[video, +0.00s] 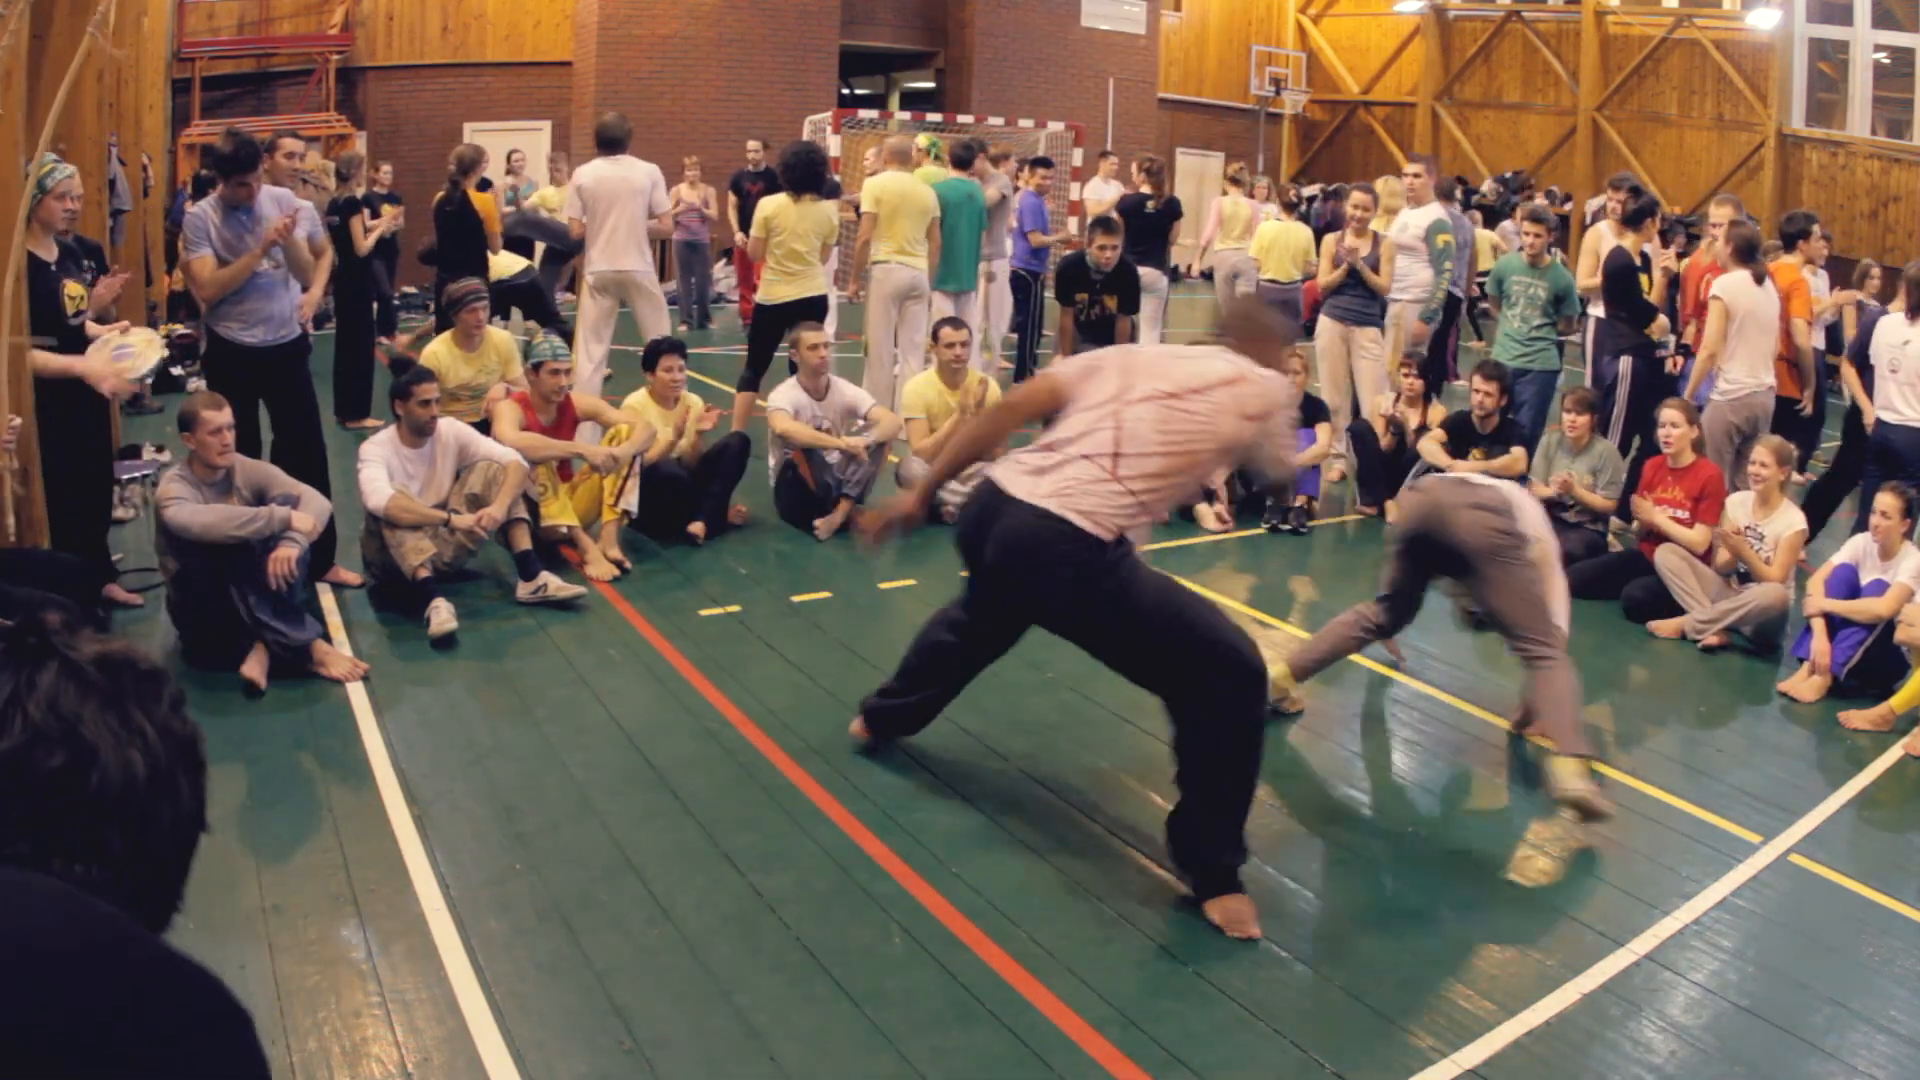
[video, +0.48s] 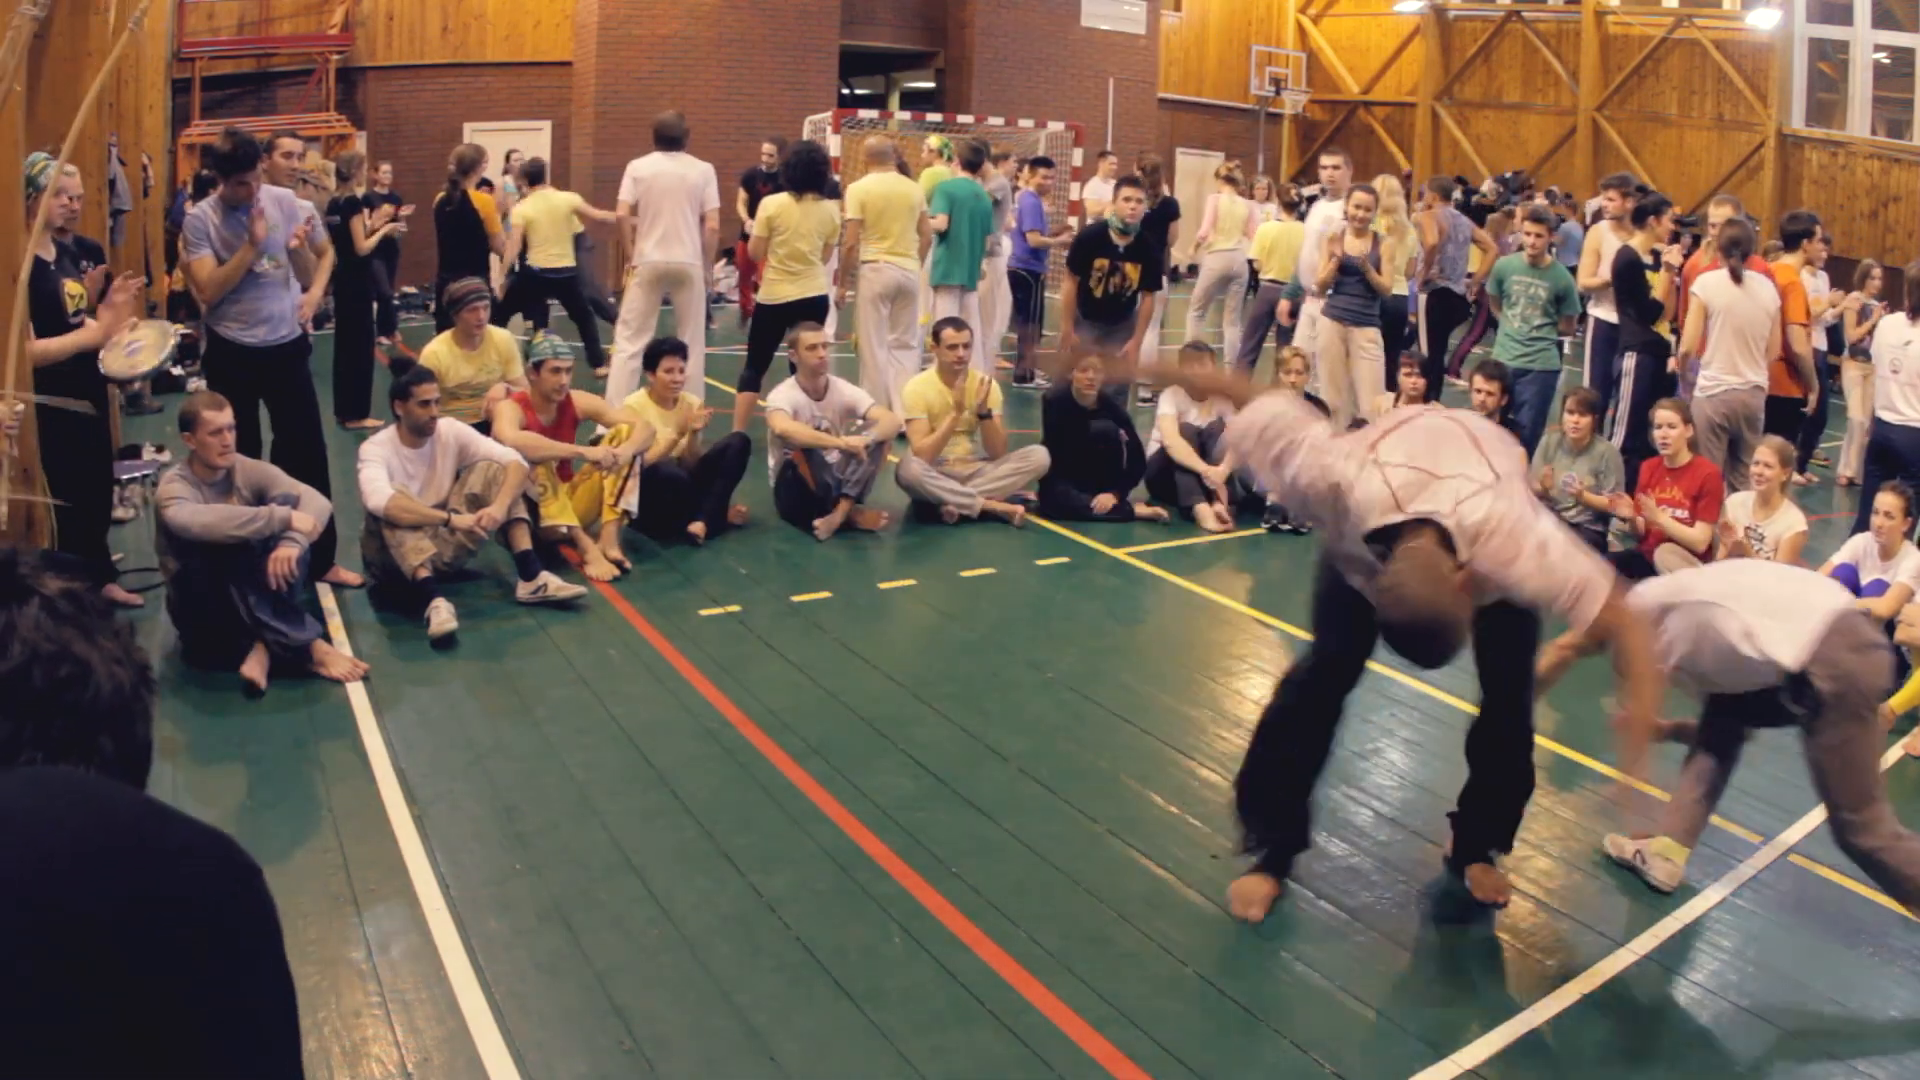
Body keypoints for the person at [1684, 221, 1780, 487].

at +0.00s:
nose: (1716, 247)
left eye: (1720, 241)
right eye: (1717, 240)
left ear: (1731, 248)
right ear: (1752, 249)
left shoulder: (1723, 285)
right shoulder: (1769, 286)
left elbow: (1710, 349)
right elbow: (1775, 346)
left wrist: (1688, 394)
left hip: (1729, 396)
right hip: (1765, 394)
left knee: (1713, 482)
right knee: (1746, 483)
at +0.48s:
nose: (1711, 238)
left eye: (1715, 236)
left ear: (1718, 247)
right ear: (1750, 248)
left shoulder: (1705, 283)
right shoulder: (1768, 288)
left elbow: (1690, 345)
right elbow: (1774, 349)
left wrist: (1679, 363)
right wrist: (1752, 368)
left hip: (1713, 390)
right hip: (1753, 391)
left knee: (1708, 477)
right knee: (1744, 476)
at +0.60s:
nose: (1708, 240)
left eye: (1712, 237)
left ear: (1715, 246)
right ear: (1748, 248)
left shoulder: (1703, 282)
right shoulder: (1767, 287)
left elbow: (1676, 333)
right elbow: (1776, 350)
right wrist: (1752, 367)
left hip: (1710, 391)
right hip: (1751, 392)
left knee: (1708, 475)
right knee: (1744, 475)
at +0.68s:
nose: (1707, 244)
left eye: (1710, 239)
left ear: (1713, 247)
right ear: (1747, 249)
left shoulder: (1703, 280)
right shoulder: (1767, 287)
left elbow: (1670, 317)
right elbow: (1776, 350)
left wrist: (1680, 274)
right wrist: (1751, 368)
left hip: (1710, 390)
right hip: (1751, 391)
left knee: (1708, 474)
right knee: (1744, 474)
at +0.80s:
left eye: (1718, 248)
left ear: (1716, 251)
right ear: (1744, 250)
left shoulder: (1706, 282)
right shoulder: (1766, 288)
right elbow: (1769, 349)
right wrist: (1754, 377)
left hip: (1711, 391)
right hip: (1750, 390)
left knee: (1708, 472)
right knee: (1742, 473)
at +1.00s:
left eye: (1705, 244)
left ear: (1708, 248)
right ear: (1740, 249)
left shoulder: (1699, 277)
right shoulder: (1763, 286)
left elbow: (1676, 279)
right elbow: (1770, 343)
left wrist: (1698, 241)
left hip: (1707, 388)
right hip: (1747, 390)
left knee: (1708, 470)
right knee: (1742, 471)